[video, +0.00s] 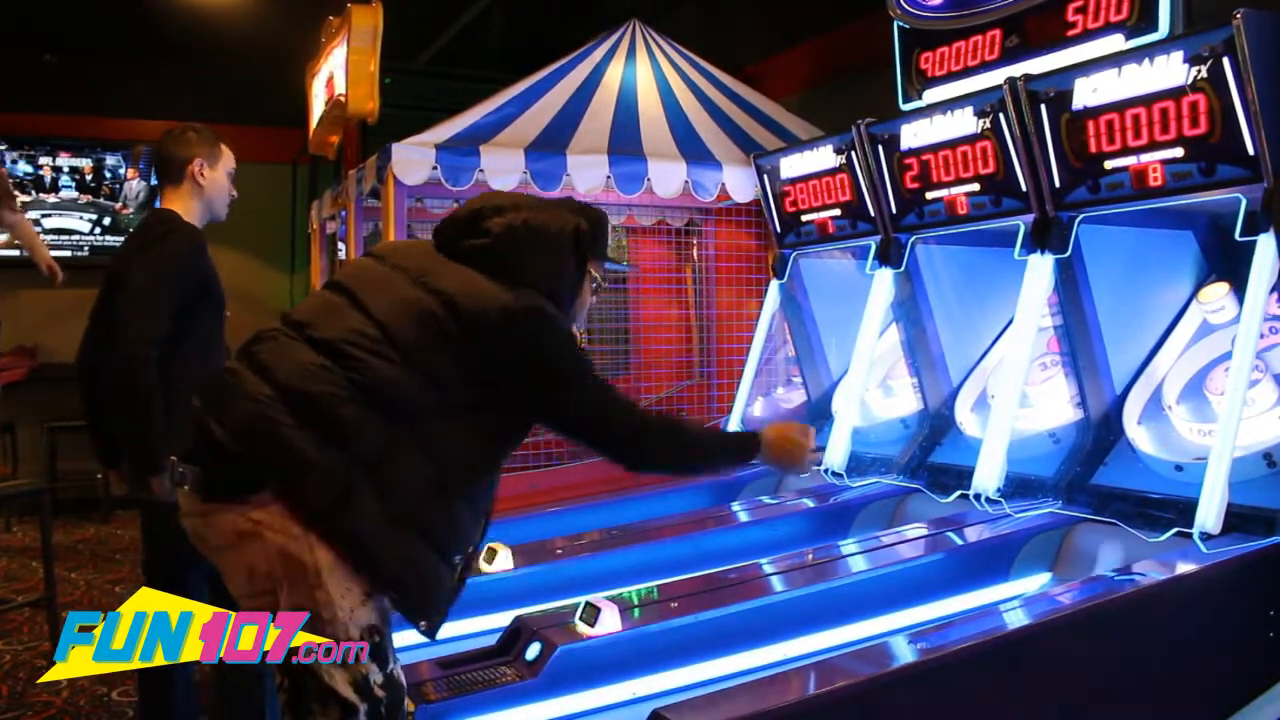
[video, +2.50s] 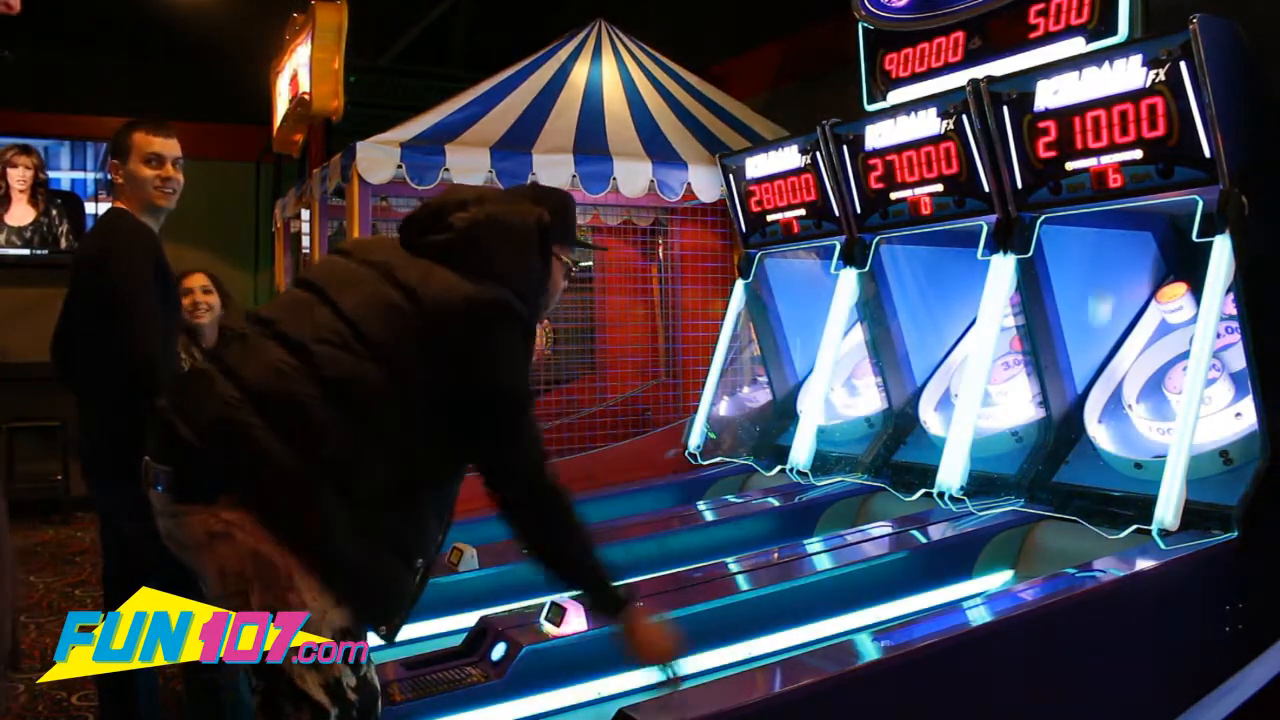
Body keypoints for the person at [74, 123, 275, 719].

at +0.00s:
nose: (234, 187)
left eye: (234, 173)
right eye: (230, 173)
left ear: (186, 173)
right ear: (199, 172)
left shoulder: (149, 239)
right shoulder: (177, 243)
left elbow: (96, 356)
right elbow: (140, 352)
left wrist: (120, 456)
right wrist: (156, 456)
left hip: (159, 462)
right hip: (184, 462)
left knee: (172, 608)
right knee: (197, 610)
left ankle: (168, 706)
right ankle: (179, 707)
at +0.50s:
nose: (212, 189)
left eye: (210, 175)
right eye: (208, 175)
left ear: (160, 176)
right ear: (180, 174)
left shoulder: (125, 242)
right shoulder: (165, 244)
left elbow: (66, 355)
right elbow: (137, 357)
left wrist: (122, 439)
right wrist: (169, 452)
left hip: (132, 463)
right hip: (165, 464)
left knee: (148, 615)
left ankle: (146, 707)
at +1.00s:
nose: (193, 190)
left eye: (192, 176)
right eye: (189, 176)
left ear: (129, 180)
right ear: (165, 174)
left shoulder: (101, 244)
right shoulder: (156, 240)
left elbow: (24, 342)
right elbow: (152, 356)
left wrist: (82, 412)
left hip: (113, 458)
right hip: (156, 462)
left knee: (129, 608)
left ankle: (126, 708)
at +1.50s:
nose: (187, 185)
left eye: (185, 172)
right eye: (183, 172)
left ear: (125, 178)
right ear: (157, 172)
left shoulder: (103, 239)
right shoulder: (152, 238)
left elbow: (50, 349)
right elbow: (160, 353)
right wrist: (211, 321)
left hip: (106, 448)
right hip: (144, 454)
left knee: (124, 593)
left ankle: (125, 706)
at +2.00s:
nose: (190, 178)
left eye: (190, 167)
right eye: (177, 164)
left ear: (134, 174)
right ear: (132, 170)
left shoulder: (105, 238)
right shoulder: (145, 239)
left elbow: (66, 349)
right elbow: (155, 360)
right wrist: (196, 323)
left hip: (111, 449)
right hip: (143, 455)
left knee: (128, 594)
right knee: (166, 595)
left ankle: (127, 707)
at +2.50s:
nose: (171, 173)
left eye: (177, 164)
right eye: (155, 161)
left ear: (181, 175)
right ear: (118, 171)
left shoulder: (112, 237)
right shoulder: (129, 241)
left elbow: (68, 348)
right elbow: (149, 357)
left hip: (114, 442)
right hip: (132, 447)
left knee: (131, 588)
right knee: (150, 592)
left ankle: (128, 704)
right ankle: (138, 705)